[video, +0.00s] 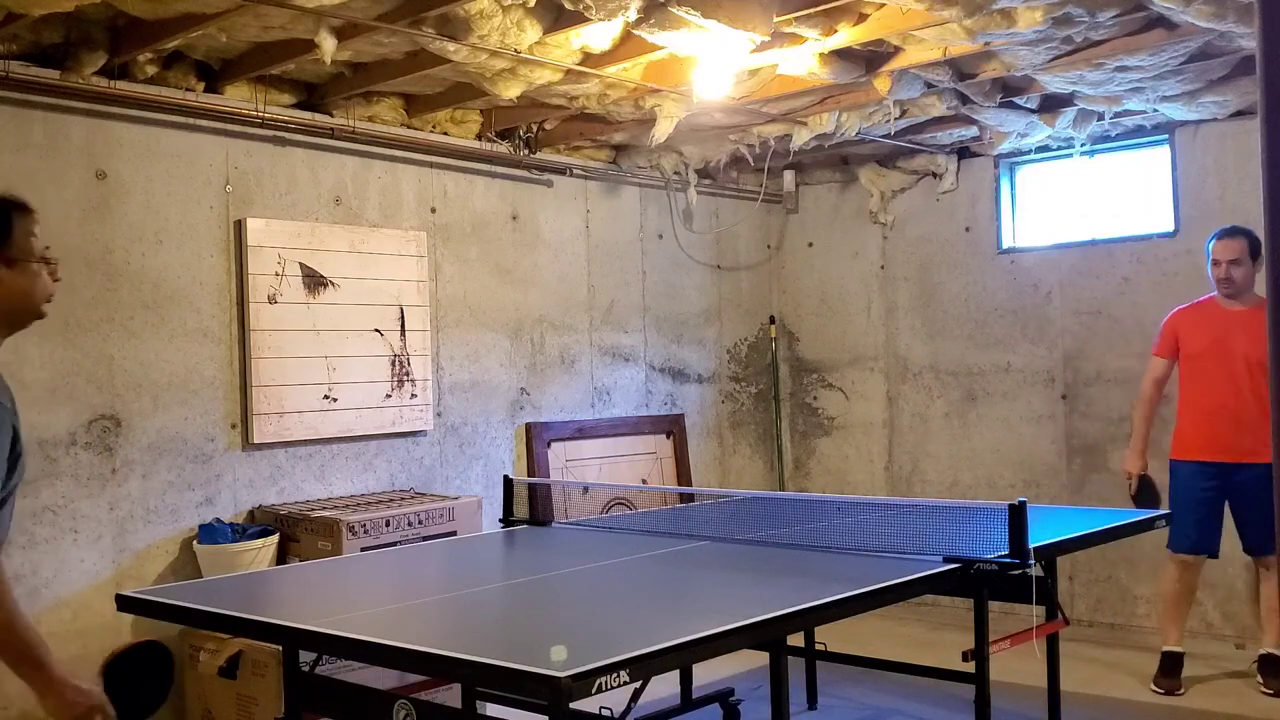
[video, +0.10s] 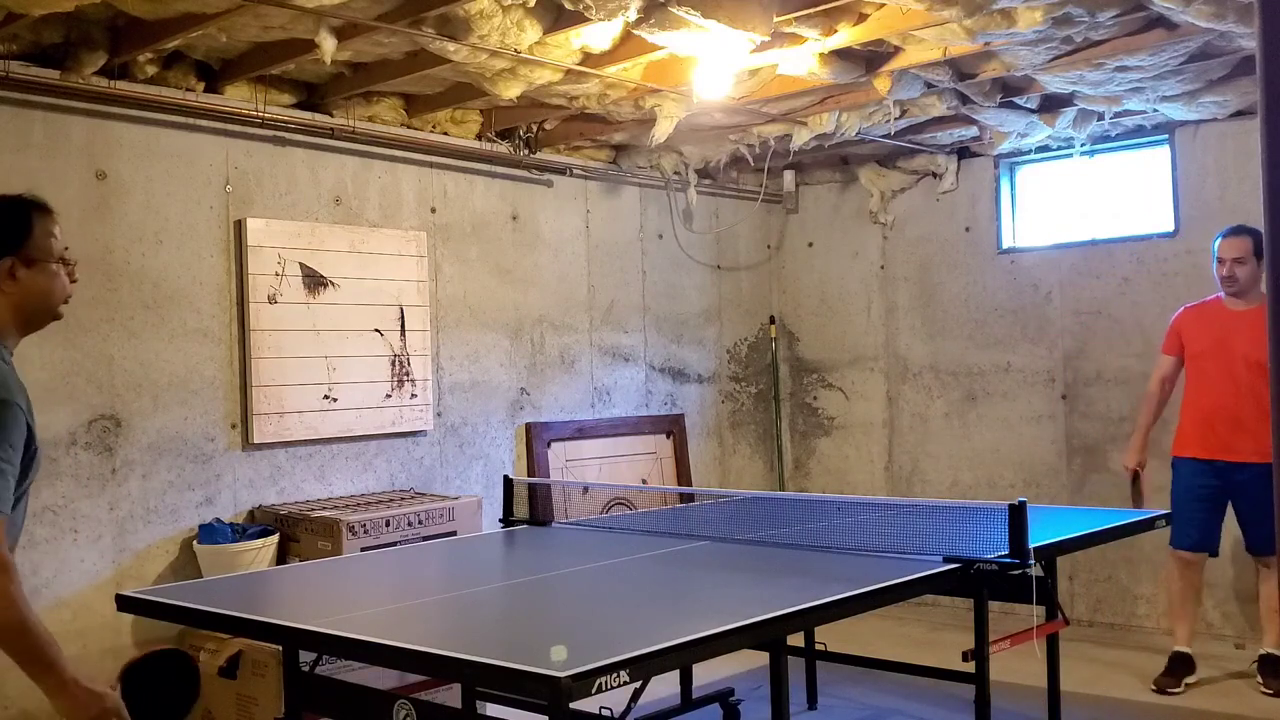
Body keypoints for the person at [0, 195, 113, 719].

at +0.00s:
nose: (53, 274)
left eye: (45, 257)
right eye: (38, 258)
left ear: (9, 265)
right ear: (2, 265)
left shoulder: (5, 398)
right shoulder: (2, 403)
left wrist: (52, 685)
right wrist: (54, 686)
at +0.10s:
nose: (72, 273)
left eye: (65, 258)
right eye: (58, 258)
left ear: (15, 272)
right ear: (13, 273)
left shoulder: (8, 383)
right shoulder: (5, 397)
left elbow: (1, 559)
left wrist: (65, 687)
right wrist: (66, 689)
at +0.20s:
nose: (85, 274)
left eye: (79, 258)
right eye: (71, 259)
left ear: (25, 269)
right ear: (22, 270)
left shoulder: (11, 374)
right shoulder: (8, 389)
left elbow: (5, 561)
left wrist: (49, 694)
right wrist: (53, 696)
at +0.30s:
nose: (93, 274)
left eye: (88, 259)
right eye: (81, 259)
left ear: (36, 272)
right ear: (36, 271)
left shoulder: (15, 372)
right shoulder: (15, 389)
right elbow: (3, 563)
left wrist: (21, 688)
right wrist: (22, 692)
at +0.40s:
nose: (99, 277)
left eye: (95, 262)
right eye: (88, 262)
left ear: (42, 274)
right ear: (42, 274)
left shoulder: (15, 370)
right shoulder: (18, 389)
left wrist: (9, 685)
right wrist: (7, 690)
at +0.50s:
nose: (99, 281)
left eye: (95, 265)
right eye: (88, 265)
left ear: (42, 276)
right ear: (43, 276)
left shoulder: (15, 370)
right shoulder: (17, 390)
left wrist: (15, 690)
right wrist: (15, 693)